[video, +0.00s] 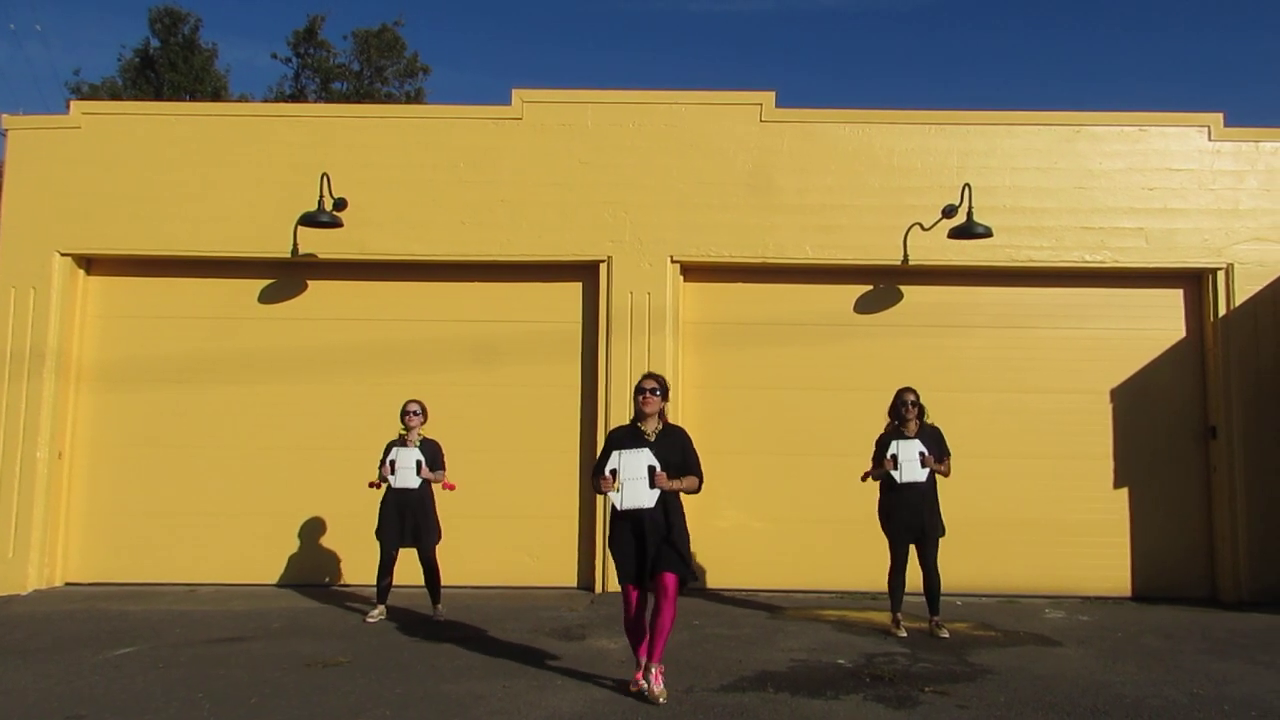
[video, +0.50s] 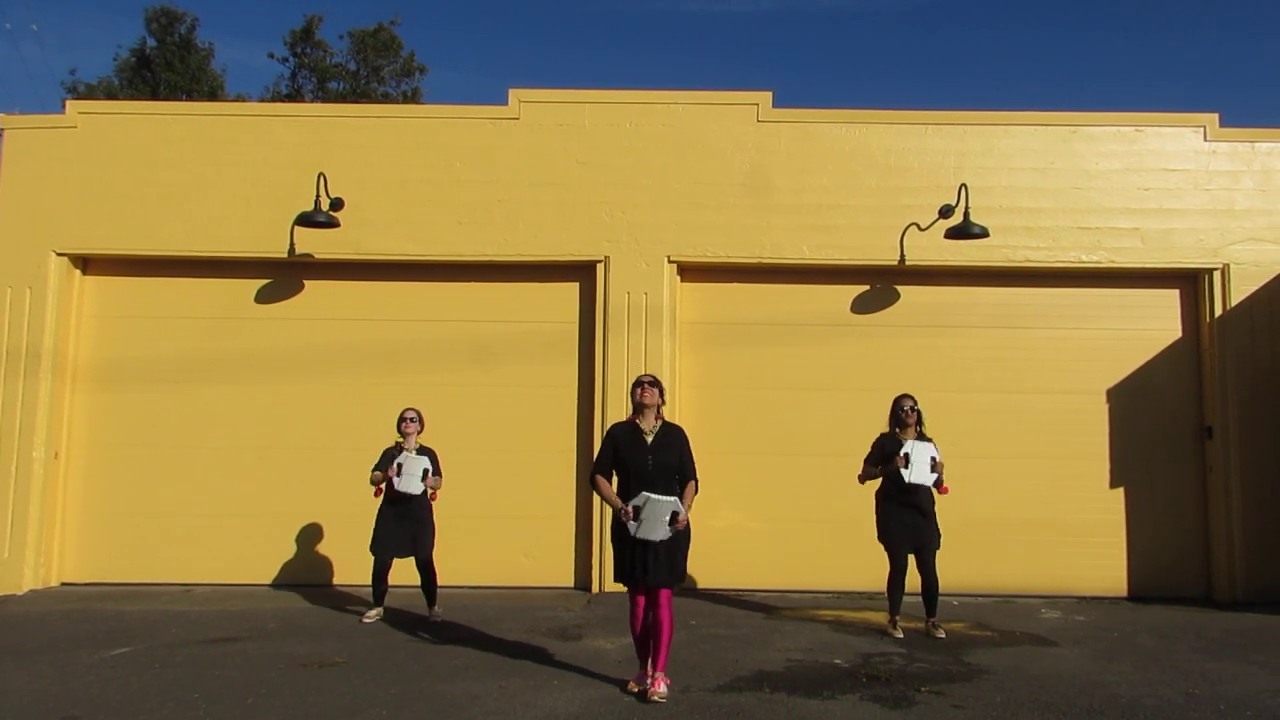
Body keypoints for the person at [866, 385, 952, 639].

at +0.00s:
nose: (909, 408)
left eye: (913, 404)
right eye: (903, 404)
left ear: (919, 407)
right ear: (896, 408)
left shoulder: (932, 434)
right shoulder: (886, 439)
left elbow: (946, 471)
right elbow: (874, 475)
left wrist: (933, 465)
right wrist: (885, 469)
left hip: (926, 511)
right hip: (896, 512)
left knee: (930, 565)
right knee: (898, 563)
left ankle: (935, 619)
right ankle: (896, 618)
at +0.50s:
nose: (908, 413)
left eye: (912, 409)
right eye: (903, 409)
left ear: (918, 413)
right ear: (895, 414)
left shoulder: (927, 444)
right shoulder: (885, 441)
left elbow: (938, 483)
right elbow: (863, 475)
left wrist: (937, 470)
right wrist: (891, 467)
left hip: (923, 514)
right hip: (893, 513)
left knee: (928, 569)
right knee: (898, 567)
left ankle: (931, 621)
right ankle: (894, 621)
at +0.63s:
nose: (906, 401)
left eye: (910, 396)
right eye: (900, 398)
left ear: (916, 400)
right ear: (892, 402)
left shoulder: (924, 427)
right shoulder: (885, 424)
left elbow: (950, 464)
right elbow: (878, 443)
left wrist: (953, 440)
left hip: (919, 501)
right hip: (890, 501)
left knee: (920, 559)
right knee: (893, 558)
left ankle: (927, 615)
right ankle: (891, 616)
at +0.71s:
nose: (904, 402)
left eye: (909, 398)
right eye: (899, 398)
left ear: (915, 403)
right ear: (888, 402)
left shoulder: (921, 431)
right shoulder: (881, 425)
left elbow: (960, 448)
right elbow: (893, 420)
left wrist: (965, 418)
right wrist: (922, 404)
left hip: (919, 502)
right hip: (889, 501)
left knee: (917, 559)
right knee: (893, 559)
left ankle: (921, 614)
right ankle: (892, 614)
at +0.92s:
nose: (909, 401)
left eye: (912, 398)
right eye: (904, 397)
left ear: (917, 403)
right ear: (895, 403)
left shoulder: (924, 428)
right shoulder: (886, 425)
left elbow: (959, 410)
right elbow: (892, 395)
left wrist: (962, 377)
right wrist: (922, 364)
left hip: (919, 503)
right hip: (889, 502)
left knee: (917, 560)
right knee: (892, 559)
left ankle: (921, 615)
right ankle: (891, 613)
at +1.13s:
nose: (908, 411)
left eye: (912, 408)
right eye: (903, 408)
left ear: (919, 411)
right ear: (895, 412)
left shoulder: (928, 432)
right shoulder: (887, 432)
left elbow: (935, 398)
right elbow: (874, 405)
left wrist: (921, 362)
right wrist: (876, 369)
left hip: (916, 504)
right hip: (886, 504)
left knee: (923, 564)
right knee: (892, 562)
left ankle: (931, 621)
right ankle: (891, 618)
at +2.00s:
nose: (908, 412)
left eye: (912, 408)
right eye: (904, 408)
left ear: (919, 411)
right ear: (897, 412)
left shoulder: (928, 436)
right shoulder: (889, 437)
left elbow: (946, 429)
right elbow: (879, 431)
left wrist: (938, 398)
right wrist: (890, 400)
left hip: (924, 508)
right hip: (894, 508)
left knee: (924, 563)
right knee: (898, 564)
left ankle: (928, 621)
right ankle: (895, 615)